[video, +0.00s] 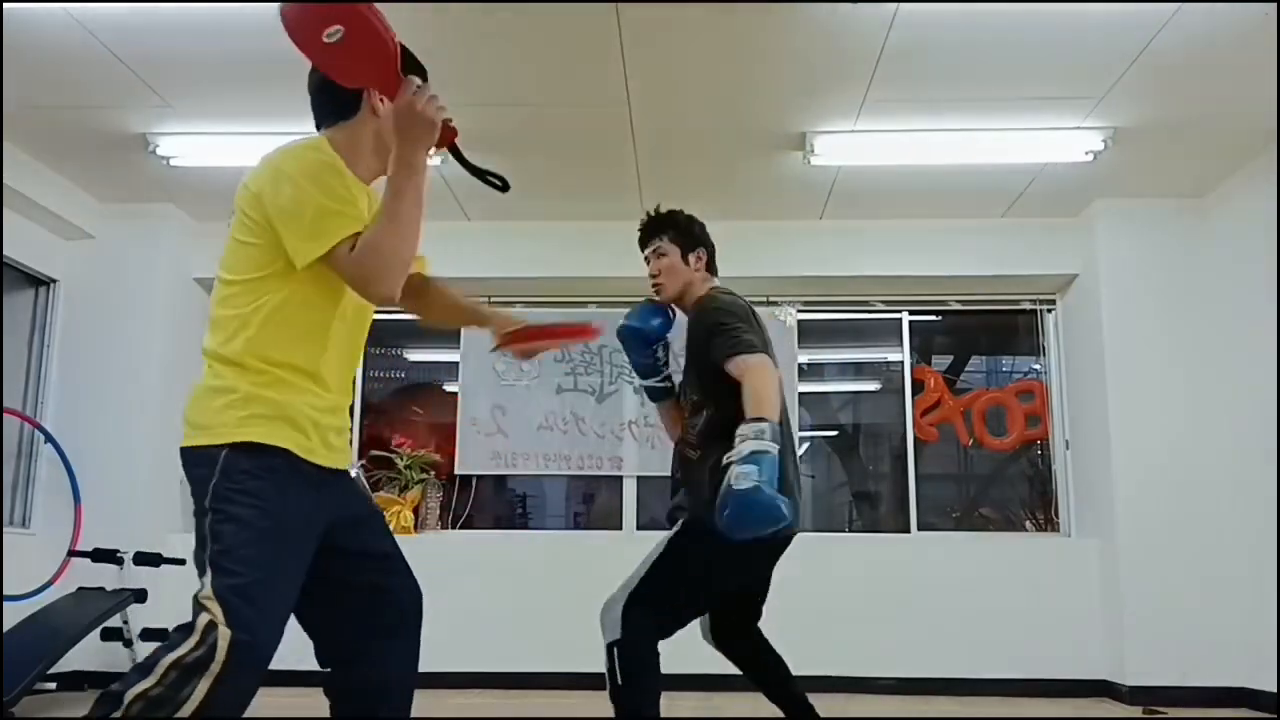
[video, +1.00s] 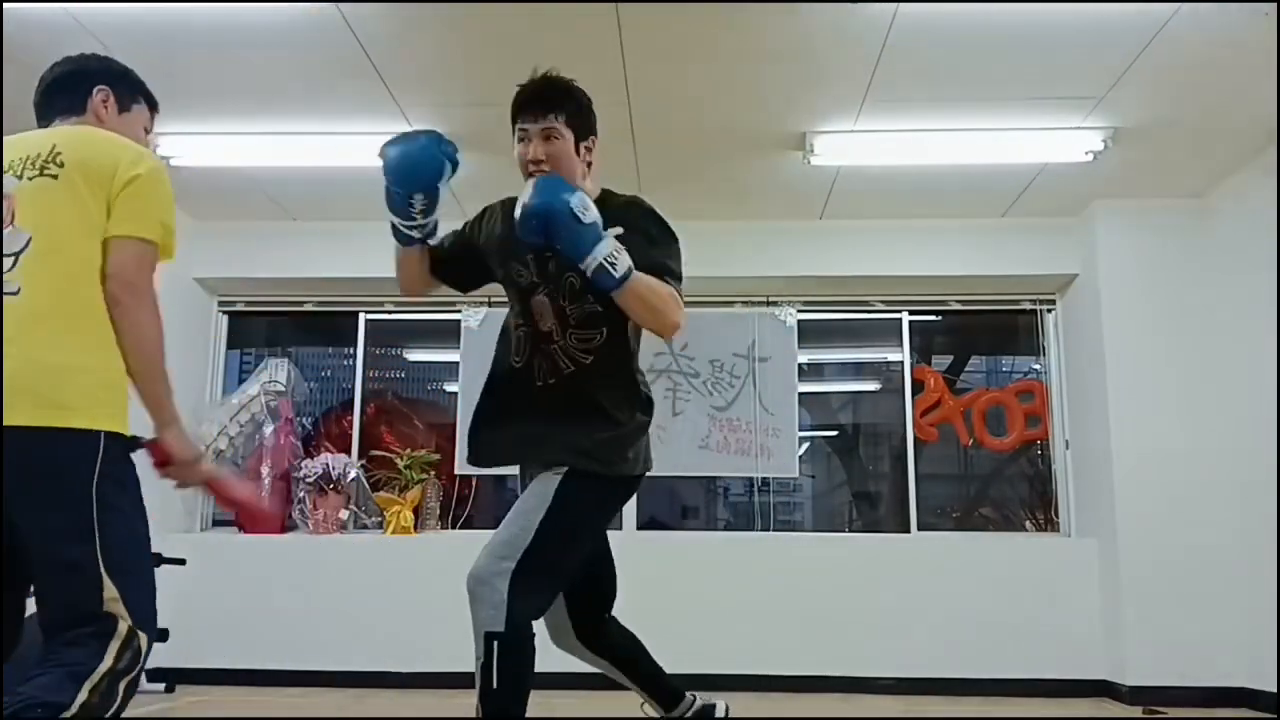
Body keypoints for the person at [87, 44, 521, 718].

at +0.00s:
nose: (426, 125)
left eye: (427, 109)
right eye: (419, 107)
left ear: (365, 107)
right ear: (380, 103)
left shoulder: (366, 202)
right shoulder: (296, 171)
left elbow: (416, 288)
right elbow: (380, 279)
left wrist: (495, 323)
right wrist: (412, 156)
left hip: (322, 461)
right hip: (249, 448)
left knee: (385, 613)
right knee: (236, 638)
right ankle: (122, 709)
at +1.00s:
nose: (149, 144)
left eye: (152, 131)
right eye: (145, 126)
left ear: (60, 111)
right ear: (103, 103)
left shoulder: (7, 154)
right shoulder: (127, 162)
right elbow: (126, 289)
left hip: (9, 423)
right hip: (63, 423)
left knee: (14, 626)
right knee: (107, 633)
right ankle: (32, 709)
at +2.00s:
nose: (359, 199)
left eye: (362, 187)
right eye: (356, 183)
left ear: (274, 177)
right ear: (321, 169)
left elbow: (141, 360)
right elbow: (463, 307)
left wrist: (187, 436)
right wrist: (441, 351)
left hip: (171, 462)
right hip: (253, 453)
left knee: (285, 638)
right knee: (213, 635)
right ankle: (102, 713)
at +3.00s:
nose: (643, 240)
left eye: (649, 225)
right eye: (645, 220)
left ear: (599, 205)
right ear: (618, 203)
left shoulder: (556, 262)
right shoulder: (559, 238)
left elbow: (578, 339)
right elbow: (511, 333)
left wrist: (613, 268)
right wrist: (568, 440)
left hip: (531, 479)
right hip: (485, 472)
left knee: (590, 638)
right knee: (494, 654)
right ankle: (407, 711)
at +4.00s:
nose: (555, 262)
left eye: (558, 248)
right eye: (553, 242)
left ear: (517, 233)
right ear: (519, 229)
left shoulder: (473, 312)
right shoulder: (450, 265)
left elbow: (431, 421)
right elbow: (414, 348)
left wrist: (513, 425)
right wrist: (470, 441)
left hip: (443, 501)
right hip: (377, 496)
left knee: (511, 626)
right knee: (336, 663)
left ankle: (548, 711)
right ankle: (279, 711)